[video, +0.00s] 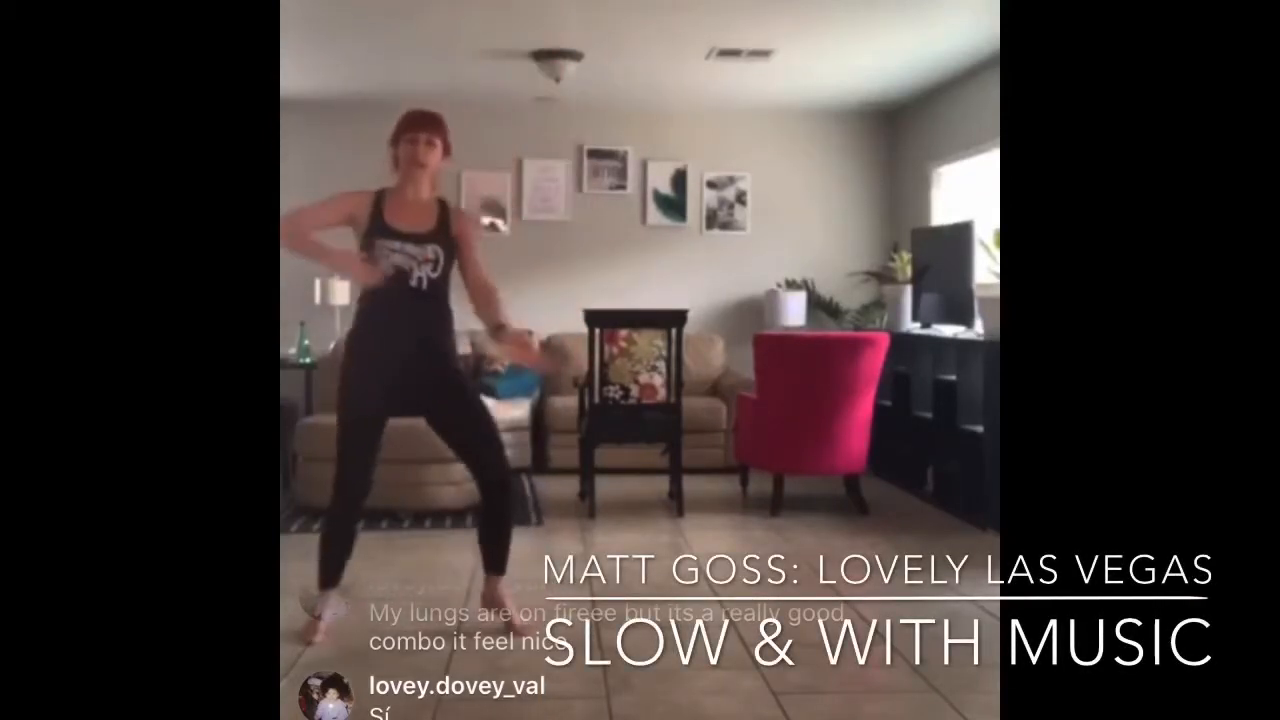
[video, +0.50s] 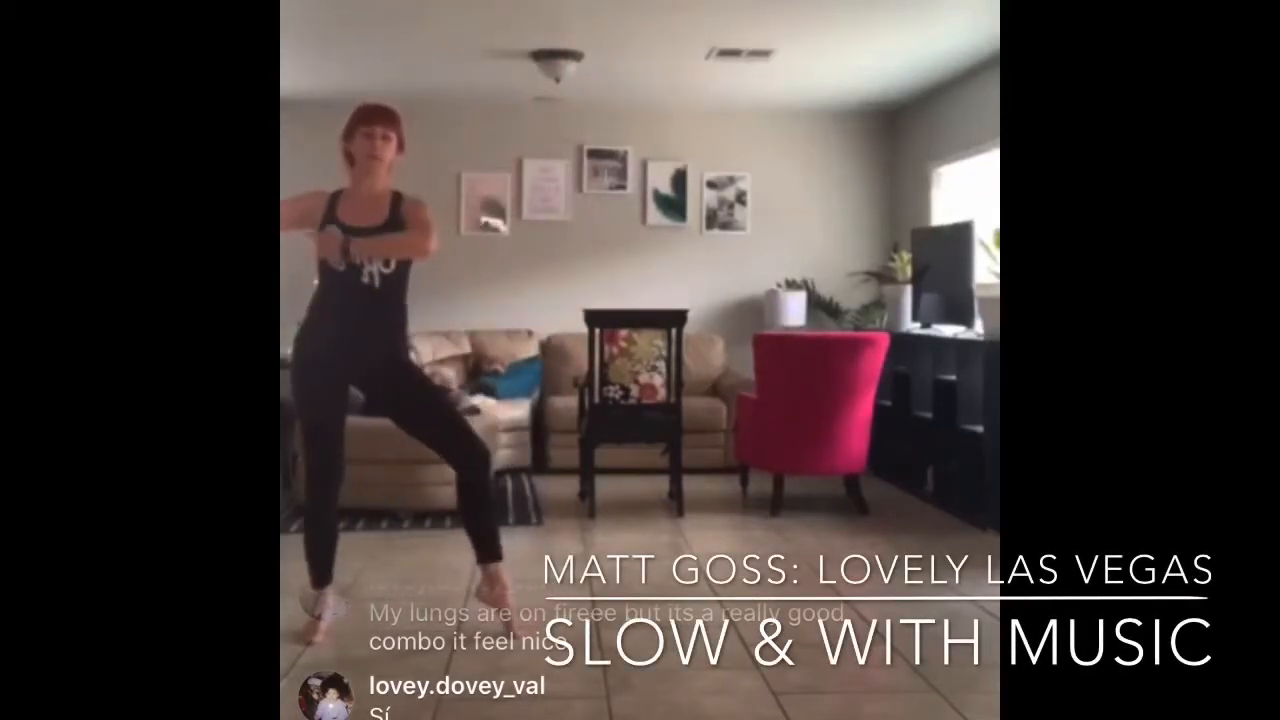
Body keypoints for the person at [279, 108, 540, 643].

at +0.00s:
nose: (419, 150)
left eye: (429, 144)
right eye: (411, 142)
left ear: (444, 156)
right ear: (394, 150)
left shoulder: (457, 222)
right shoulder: (365, 205)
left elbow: (481, 289)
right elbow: (290, 229)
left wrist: (503, 329)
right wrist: (345, 262)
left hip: (434, 365)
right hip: (369, 364)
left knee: (497, 474)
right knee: (351, 486)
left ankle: (495, 589)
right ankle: (327, 601)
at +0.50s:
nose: (375, 144)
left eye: (384, 138)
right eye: (366, 136)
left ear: (398, 151)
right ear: (346, 146)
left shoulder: (410, 209)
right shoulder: (321, 205)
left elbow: (424, 246)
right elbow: (280, 218)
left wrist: (351, 245)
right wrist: (314, 232)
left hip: (383, 359)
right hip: (320, 356)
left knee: (472, 455)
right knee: (323, 473)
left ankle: (492, 579)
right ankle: (321, 594)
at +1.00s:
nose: (380, 145)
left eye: (388, 140)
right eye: (370, 134)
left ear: (393, 153)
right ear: (343, 138)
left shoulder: (394, 204)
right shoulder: (305, 201)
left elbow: (446, 224)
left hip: (380, 350)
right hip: (319, 351)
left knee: (439, 463)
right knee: (325, 474)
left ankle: (482, 581)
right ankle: (323, 592)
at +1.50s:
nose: (441, 138)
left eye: (444, 131)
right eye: (433, 127)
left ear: (431, 137)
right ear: (403, 128)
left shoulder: (426, 192)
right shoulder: (384, 190)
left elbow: (449, 240)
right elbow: (441, 240)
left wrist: (480, 237)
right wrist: (482, 229)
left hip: (440, 338)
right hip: (404, 338)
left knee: (449, 461)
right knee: (412, 463)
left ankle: (427, 588)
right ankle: (366, 595)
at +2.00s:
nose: (421, 139)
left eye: (423, 130)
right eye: (420, 130)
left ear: (439, 130)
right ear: (466, 129)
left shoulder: (435, 183)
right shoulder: (481, 184)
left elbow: (396, 256)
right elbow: (441, 251)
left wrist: (360, 268)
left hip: (443, 333)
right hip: (478, 330)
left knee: (440, 454)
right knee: (456, 451)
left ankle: (459, 583)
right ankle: (464, 575)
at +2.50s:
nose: (510, 148)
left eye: (511, 140)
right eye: (501, 140)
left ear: (499, 149)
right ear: (473, 143)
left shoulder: (498, 204)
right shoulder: (451, 195)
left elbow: (527, 264)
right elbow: (460, 274)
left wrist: (561, 313)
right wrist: (475, 344)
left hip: (492, 331)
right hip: (446, 335)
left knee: (532, 450)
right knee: (451, 461)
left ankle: (529, 582)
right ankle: (441, 576)